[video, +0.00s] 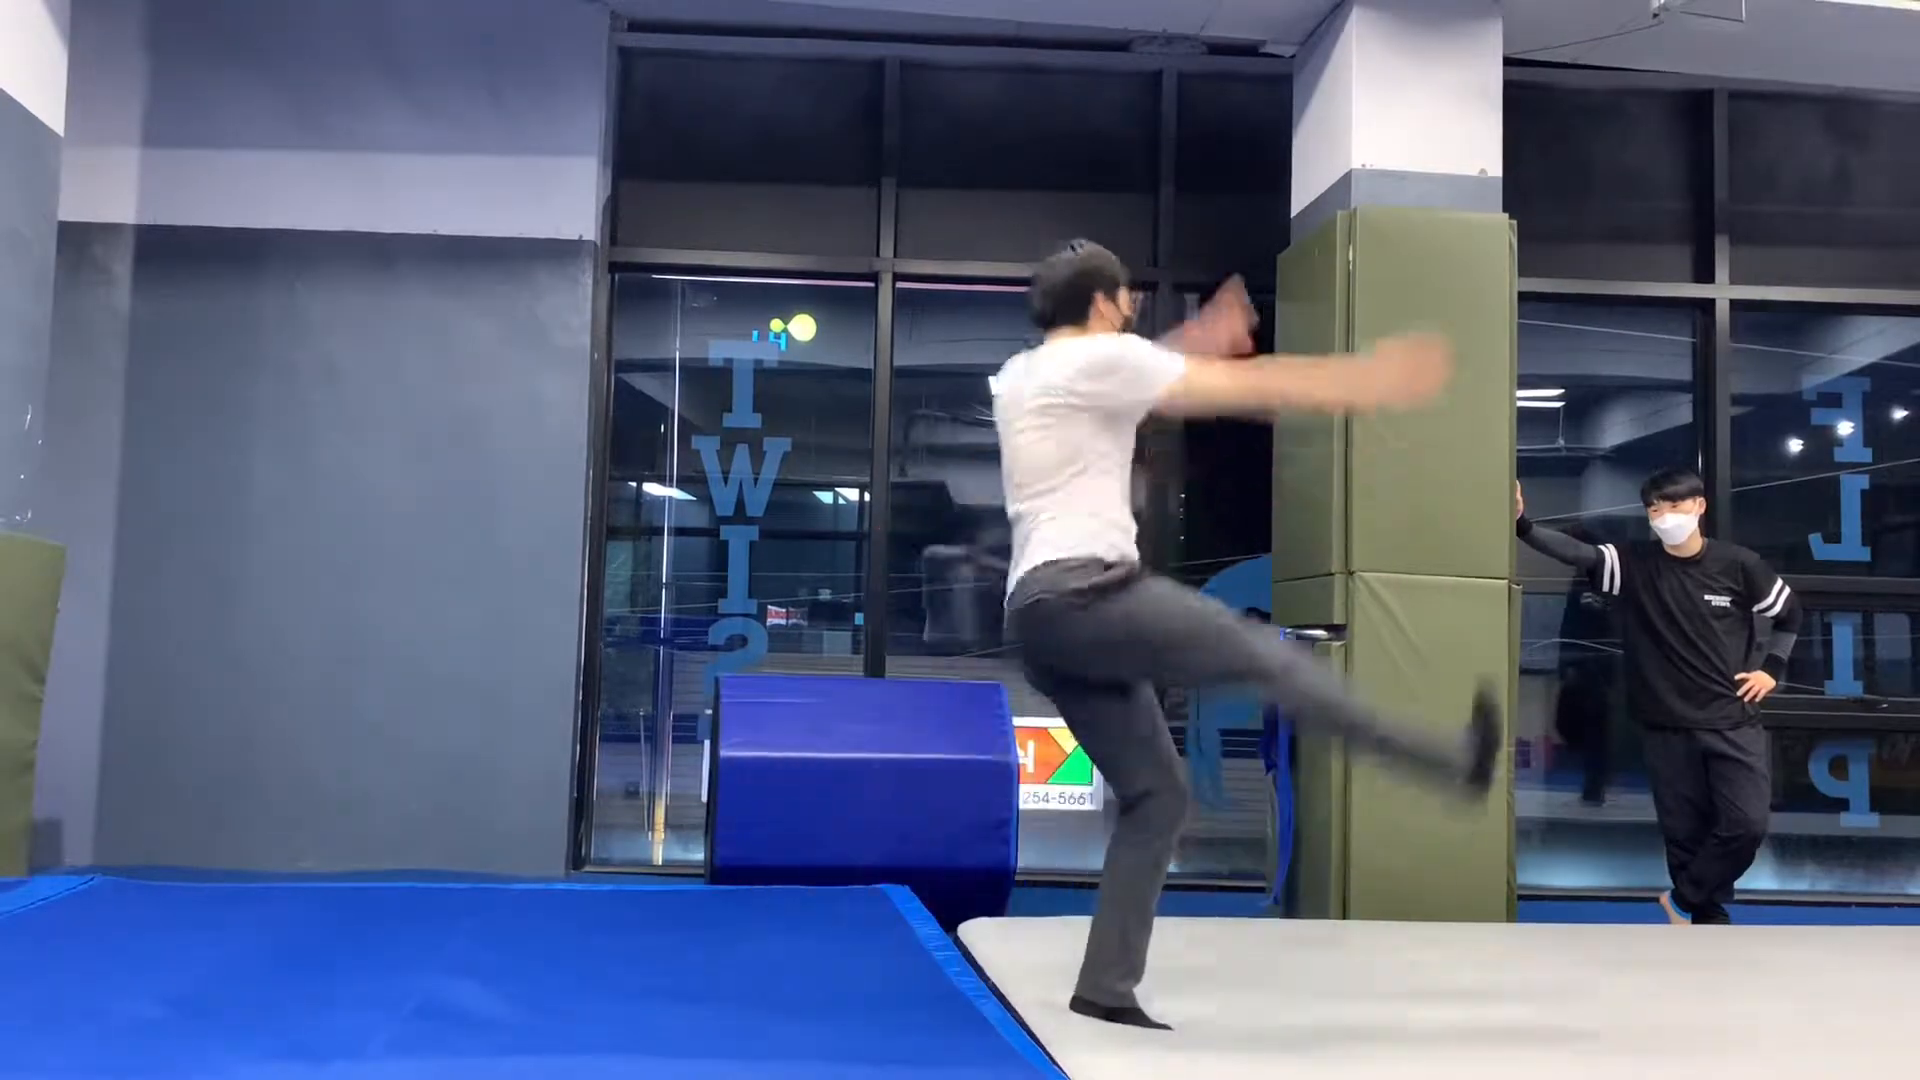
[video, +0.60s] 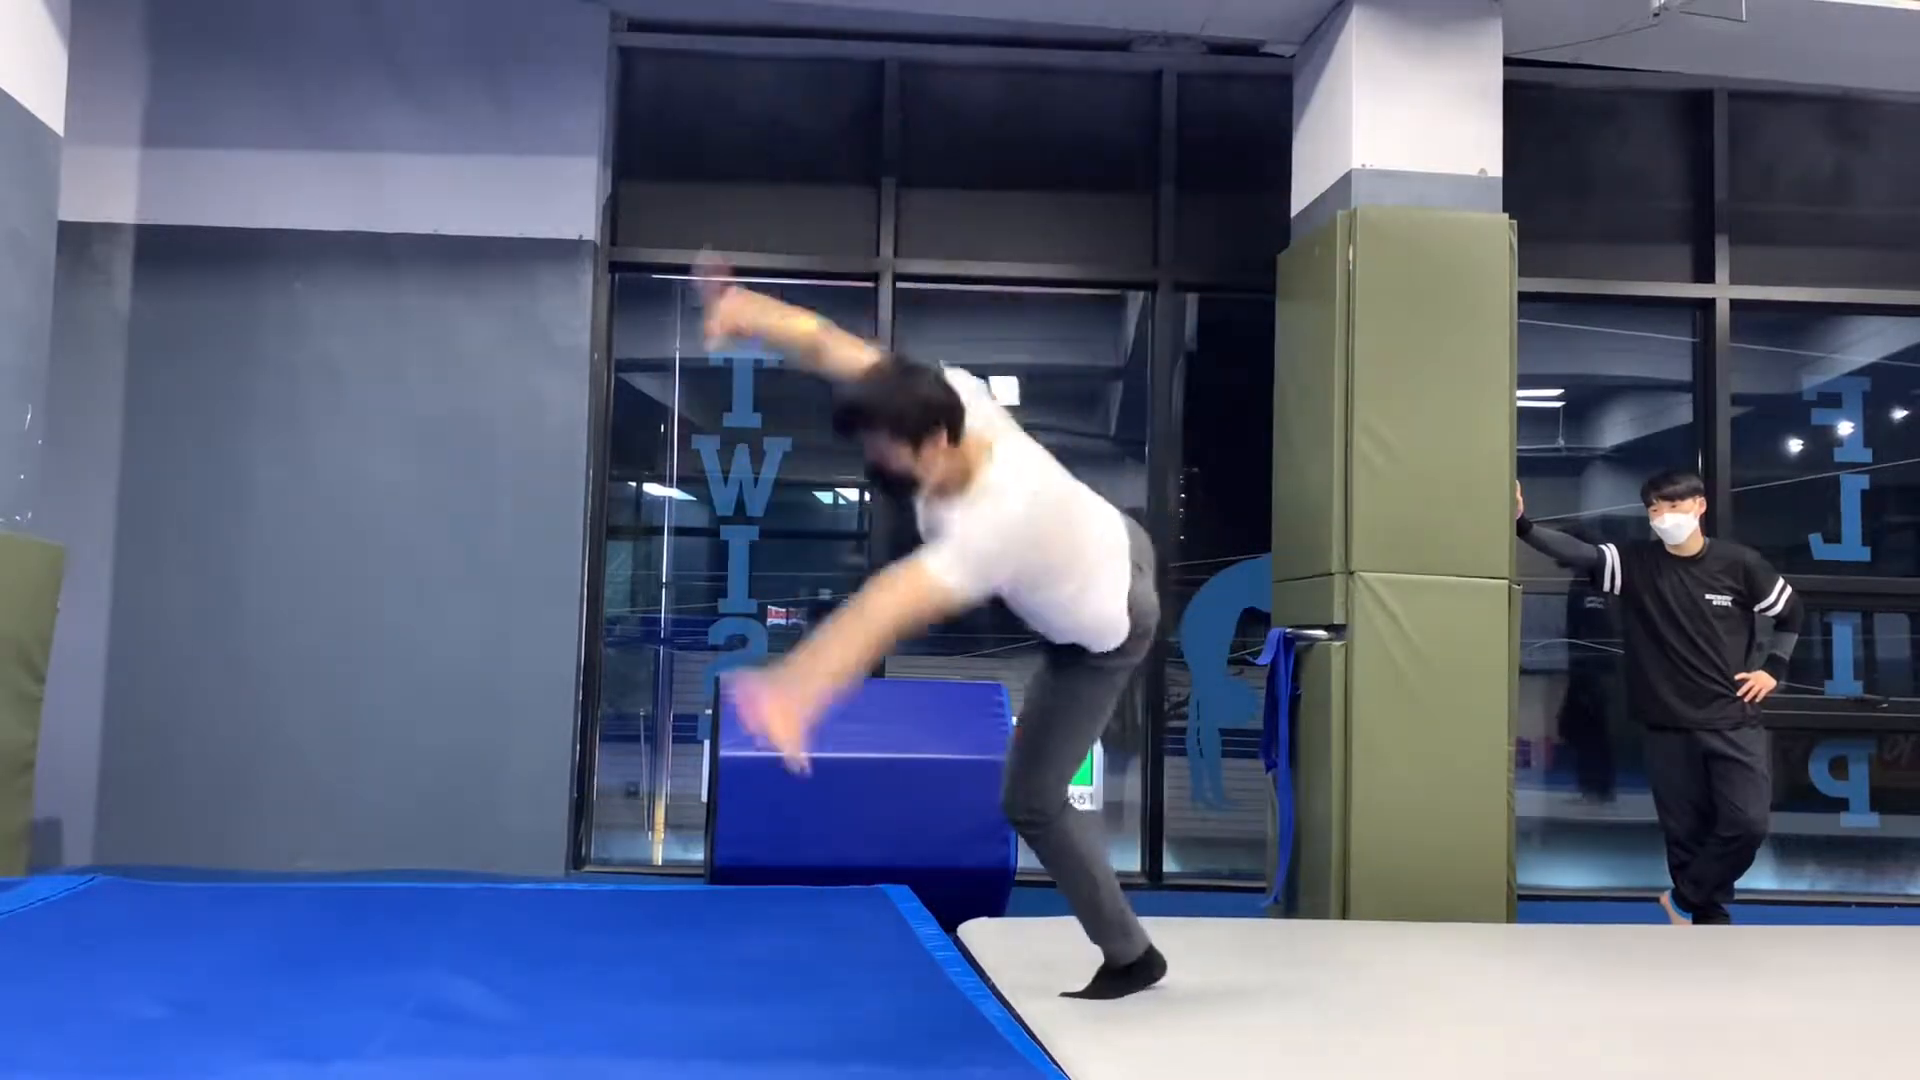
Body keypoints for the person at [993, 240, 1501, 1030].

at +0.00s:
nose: (1132, 312)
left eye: (1131, 300)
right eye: (1127, 299)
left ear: (1052, 311)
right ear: (1101, 305)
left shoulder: (1015, 378)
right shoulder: (1107, 360)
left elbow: (1121, 384)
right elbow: (1245, 386)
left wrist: (1195, 345)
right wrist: (1369, 376)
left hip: (1040, 616)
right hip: (1091, 596)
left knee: (1154, 796)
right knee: (1269, 661)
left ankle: (1105, 989)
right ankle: (1457, 762)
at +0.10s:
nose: (1105, 269)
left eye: (1096, 257)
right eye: (1100, 259)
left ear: (1018, 256)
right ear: (1086, 265)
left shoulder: (975, 313)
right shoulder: (1098, 309)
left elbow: (1026, 234)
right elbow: (1207, 256)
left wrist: (1087, 164)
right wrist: (1252, 161)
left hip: (1040, 575)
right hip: (1108, 538)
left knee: (1130, 756)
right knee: (1287, 521)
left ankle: (1104, 960)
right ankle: (1462, 567)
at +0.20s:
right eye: (1081, 223)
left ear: (987, 236)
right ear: (1068, 233)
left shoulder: (963, 294)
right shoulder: (1095, 279)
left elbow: (942, 182)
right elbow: (1131, 175)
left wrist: (998, 74)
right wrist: (1103, 75)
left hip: (1062, 553)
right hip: (1144, 505)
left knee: (1096, 740)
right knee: (1262, 426)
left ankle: (1119, 930)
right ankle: (1408, 414)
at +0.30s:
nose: (935, 258)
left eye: (940, 248)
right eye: (944, 243)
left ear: (962, 262)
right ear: (1021, 241)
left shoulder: (959, 310)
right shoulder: (1077, 279)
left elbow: (894, 191)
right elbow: (1050, 173)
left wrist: (898, 72)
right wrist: (992, 73)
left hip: (1098, 569)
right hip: (1164, 503)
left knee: (1074, 757)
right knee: (1196, 393)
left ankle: (1127, 936)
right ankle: (1291, 342)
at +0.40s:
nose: (912, 318)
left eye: (917, 291)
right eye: (959, 250)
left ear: (936, 294)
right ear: (975, 262)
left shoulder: (968, 352)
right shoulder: (1044, 305)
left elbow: (861, 272)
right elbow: (980, 212)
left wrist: (783, 154)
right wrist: (914, 124)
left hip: (1117, 596)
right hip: (1159, 522)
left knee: (1071, 786)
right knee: (1126, 426)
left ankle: (1135, 958)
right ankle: (1160, 392)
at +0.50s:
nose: (897, 401)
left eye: (897, 385)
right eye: (887, 385)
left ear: (930, 364)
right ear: (933, 345)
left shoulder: (978, 425)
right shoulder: (989, 341)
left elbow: (849, 406)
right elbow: (912, 272)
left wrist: (721, 363)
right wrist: (833, 198)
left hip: (1127, 608)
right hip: (1152, 530)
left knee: (1035, 780)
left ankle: (1124, 938)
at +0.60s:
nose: (895, 474)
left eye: (899, 460)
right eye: (884, 462)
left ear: (938, 438)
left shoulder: (996, 520)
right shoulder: (947, 398)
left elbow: (891, 602)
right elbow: (836, 351)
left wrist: (795, 691)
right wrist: (752, 311)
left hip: (1110, 623)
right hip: (1120, 537)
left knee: (1033, 799)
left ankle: (1130, 954)